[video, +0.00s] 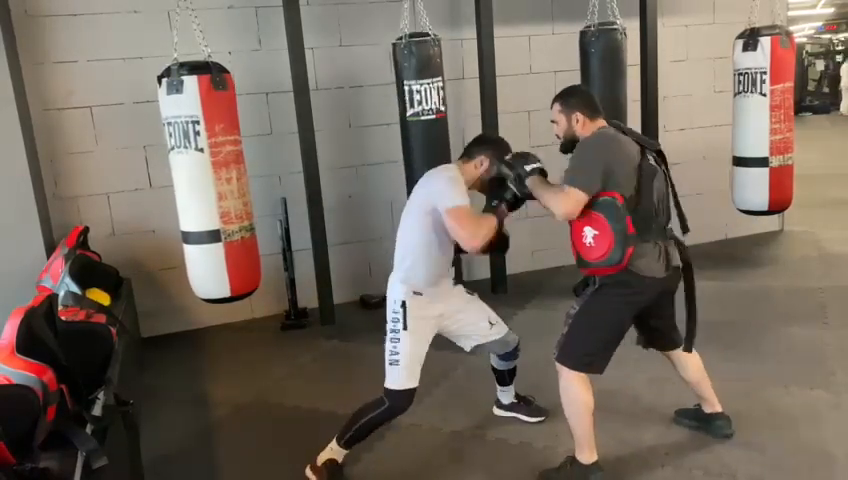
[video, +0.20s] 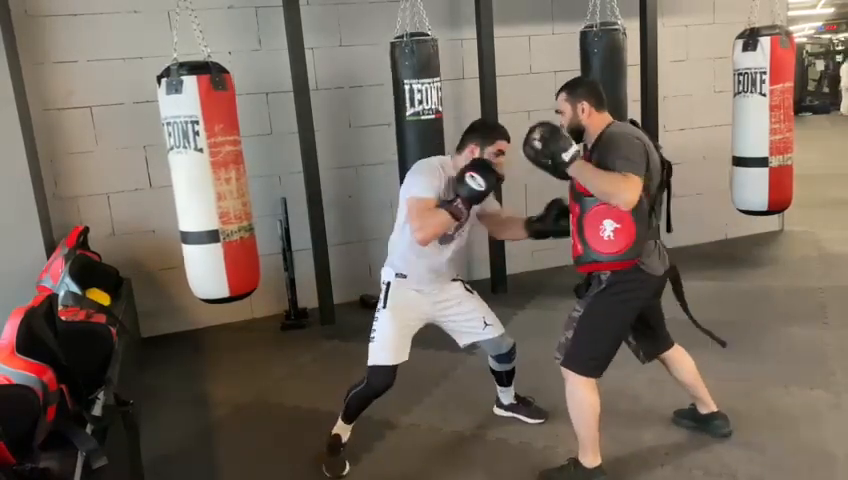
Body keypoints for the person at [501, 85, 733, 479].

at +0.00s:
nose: (555, 131)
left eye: (557, 122)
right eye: (554, 123)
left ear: (579, 118)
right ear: (592, 116)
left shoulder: (593, 147)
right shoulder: (626, 139)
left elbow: (567, 207)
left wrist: (532, 178)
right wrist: (543, 189)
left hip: (628, 274)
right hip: (662, 265)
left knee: (570, 362)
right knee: (671, 341)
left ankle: (585, 461)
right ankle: (715, 413)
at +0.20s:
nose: (562, 122)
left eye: (563, 113)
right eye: (559, 115)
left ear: (586, 108)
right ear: (590, 109)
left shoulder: (621, 140)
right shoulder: (604, 144)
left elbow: (625, 194)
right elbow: (609, 205)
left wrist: (570, 162)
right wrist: (567, 214)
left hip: (626, 274)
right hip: (642, 267)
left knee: (577, 367)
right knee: (662, 344)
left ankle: (588, 462)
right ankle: (709, 412)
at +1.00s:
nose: (567, 119)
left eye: (571, 110)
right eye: (566, 111)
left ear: (595, 110)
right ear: (603, 112)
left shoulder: (609, 148)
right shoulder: (629, 144)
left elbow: (616, 204)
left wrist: (556, 178)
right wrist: (569, 158)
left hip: (615, 278)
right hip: (644, 274)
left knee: (557, 364)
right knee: (660, 348)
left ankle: (529, 454)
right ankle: (712, 415)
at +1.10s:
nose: (550, 118)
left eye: (553, 110)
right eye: (550, 110)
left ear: (576, 111)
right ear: (582, 111)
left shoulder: (602, 152)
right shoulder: (594, 147)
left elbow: (600, 214)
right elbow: (561, 190)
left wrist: (544, 182)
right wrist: (511, 157)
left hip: (594, 281)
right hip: (621, 275)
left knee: (534, 360)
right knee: (653, 349)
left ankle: (527, 456)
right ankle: (707, 414)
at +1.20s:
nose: (531, 114)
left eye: (533, 106)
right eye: (530, 106)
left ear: (552, 106)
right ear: (569, 106)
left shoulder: (566, 143)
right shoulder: (593, 137)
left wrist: (509, 151)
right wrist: (532, 149)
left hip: (582, 273)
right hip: (621, 268)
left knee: (527, 357)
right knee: (644, 338)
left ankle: (527, 455)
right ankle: (692, 405)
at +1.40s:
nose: (509, 128)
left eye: (511, 120)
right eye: (508, 120)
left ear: (532, 119)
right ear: (547, 119)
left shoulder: (526, 153)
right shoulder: (584, 147)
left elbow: (471, 195)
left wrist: (443, 173)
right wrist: (512, 215)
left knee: (513, 361)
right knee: (629, 344)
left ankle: (524, 455)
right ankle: (661, 413)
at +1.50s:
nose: (512, 122)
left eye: (514, 114)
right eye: (511, 114)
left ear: (535, 113)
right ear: (549, 113)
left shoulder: (550, 150)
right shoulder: (576, 141)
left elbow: (536, 215)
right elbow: (565, 201)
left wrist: (498, 208)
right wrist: (519, 185)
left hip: (577, 277)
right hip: (608, 269)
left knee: (522, 361)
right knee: (618, 344)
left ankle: (526, 455)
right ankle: (662, 413)